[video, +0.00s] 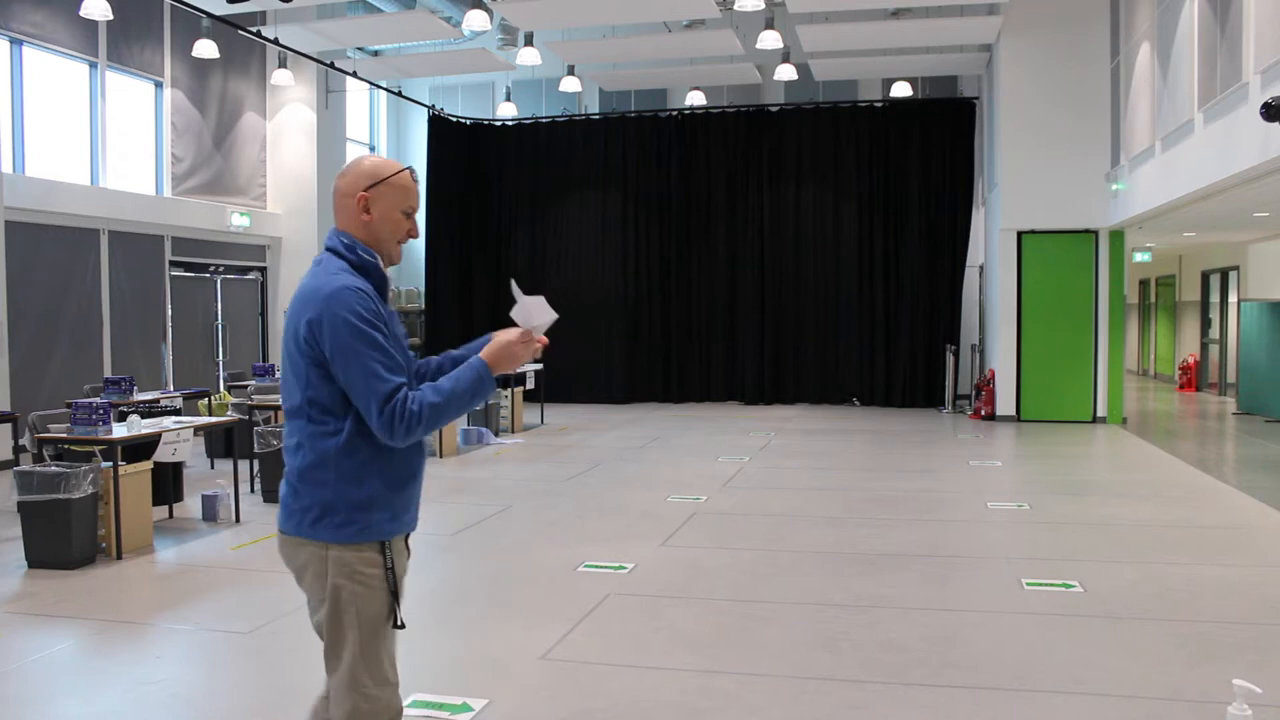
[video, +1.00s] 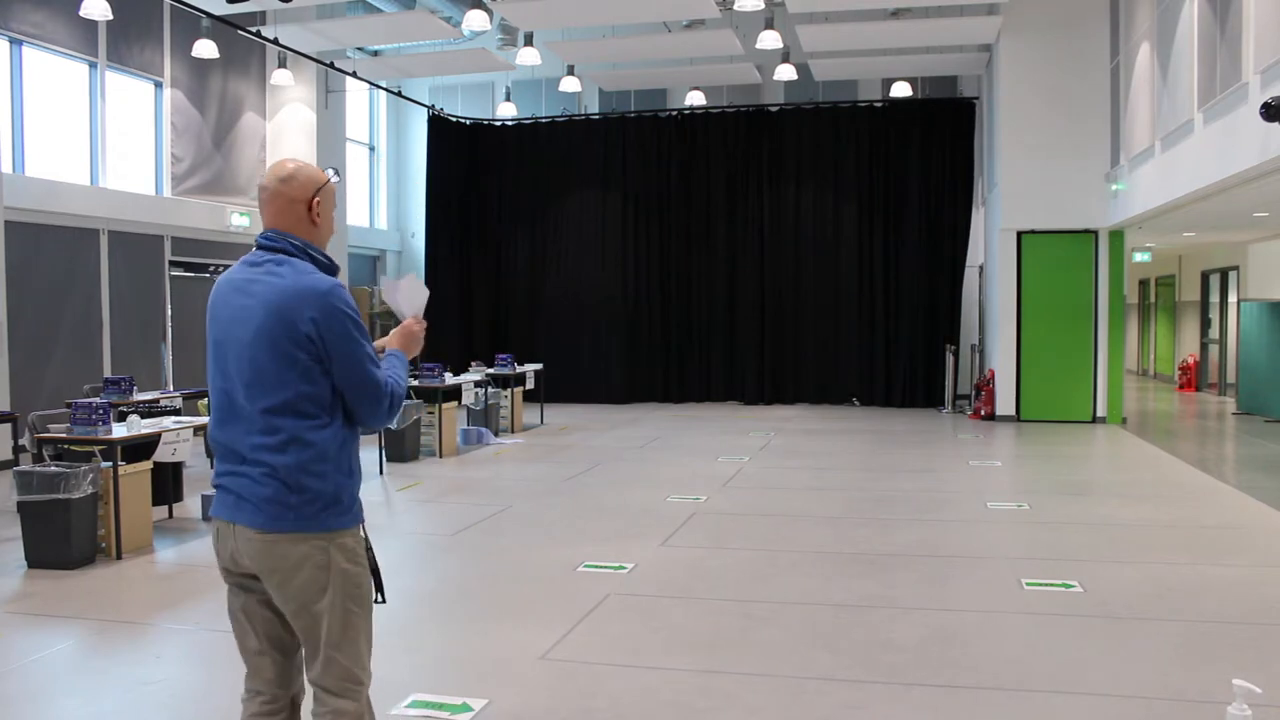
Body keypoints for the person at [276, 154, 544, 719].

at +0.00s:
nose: (414, 229)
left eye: (414, 215)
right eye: (406, 213)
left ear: (363, 209)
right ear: (363, 206)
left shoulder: (354, 288)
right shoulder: (339, 297)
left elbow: (410, 378)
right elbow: (396, 418)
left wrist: (492, 350)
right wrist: (489, 366)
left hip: (355, 529)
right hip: (344, 534)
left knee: (356, 692)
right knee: (368, 700)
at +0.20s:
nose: (392, 232)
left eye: (392, 217)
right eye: (386, 215)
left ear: (344, 211)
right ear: (349, 208)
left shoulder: (306, 283)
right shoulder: (334, 297)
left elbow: (382, 380)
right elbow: (391, 417)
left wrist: (457, 351)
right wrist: (467, 364)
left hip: (301, 525)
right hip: (332, 533)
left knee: (314, 690)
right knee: (367, 700)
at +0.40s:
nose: (368, 231)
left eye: (368, 217)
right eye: (362, 216)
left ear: (320, 213)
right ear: (330, 211)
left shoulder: (268, 285)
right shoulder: (321, 297)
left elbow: (349, 382)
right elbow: (378, 414)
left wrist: (424, 360)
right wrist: (437, 366)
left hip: (260, 524)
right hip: (310, 535)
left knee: (282, 694)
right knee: (355, 699)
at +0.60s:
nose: (350, 227)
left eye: (349, 212)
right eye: (345, 212)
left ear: (300, 211)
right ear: (317, 211)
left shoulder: (246, 284)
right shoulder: (312, 296)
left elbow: (315, 390)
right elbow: (368, 410)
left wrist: (395, 365)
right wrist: (415, 361)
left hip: (239, 521)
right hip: (301, 534)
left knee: (272, 694)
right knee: (345, 699)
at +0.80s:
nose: (338, 226)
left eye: (337, 211)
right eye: (334, 211)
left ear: (276, 211)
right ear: (311, 209)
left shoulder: (231, 286)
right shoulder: (313, 295)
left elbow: (283, 392)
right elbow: (369, 410)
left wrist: (376, 364)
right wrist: (403, 357)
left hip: (233, 522)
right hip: (303, 533)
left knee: (267, 693)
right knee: (341, 694)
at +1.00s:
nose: (333, 214)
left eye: (331, 202)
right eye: (331, 203)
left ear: (265, 211)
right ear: (316, 208)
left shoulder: (227, 286)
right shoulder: (321, 295)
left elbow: (282, 380)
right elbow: (374, 407)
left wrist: (368, 349)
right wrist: (398, 352)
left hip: (234, 523)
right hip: (309, 532)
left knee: (268, 692)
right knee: (341, 694)